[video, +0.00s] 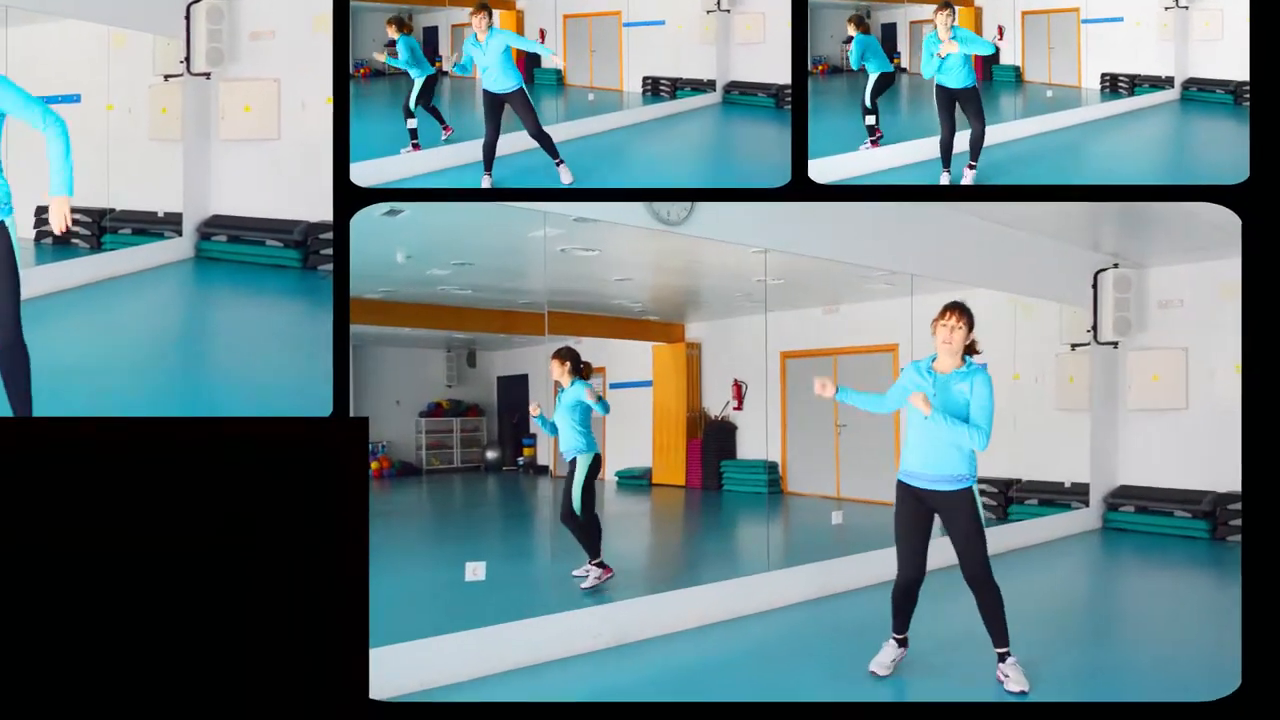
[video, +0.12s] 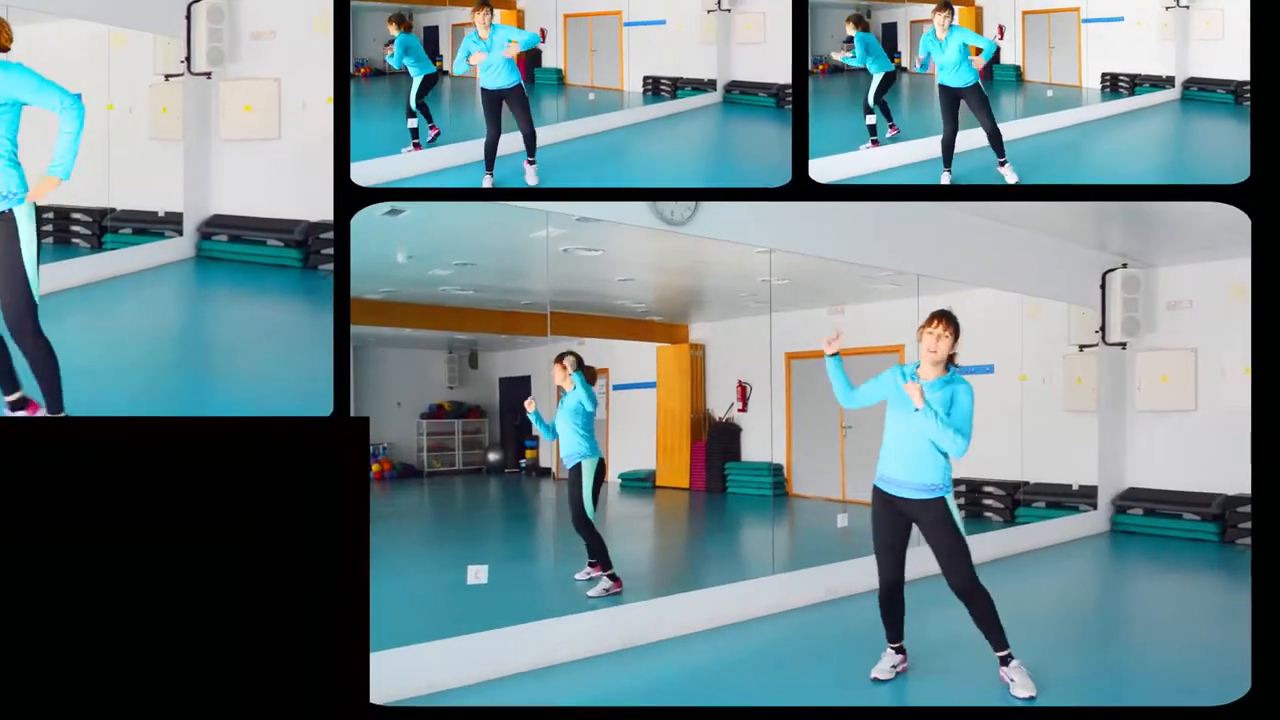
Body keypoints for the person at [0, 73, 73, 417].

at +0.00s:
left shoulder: (1, 88)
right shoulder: (4, 89)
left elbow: (53, 123)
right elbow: (53, 124)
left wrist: (60, 195)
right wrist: (59, 197)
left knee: (7, 335)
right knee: (7, 335)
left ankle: (23, 415)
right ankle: (23, 413)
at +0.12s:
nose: (4, 39)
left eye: (2, 33)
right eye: (4, 34)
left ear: (1, 37)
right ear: (5, 37)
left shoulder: (8, 73)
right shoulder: (10, 74)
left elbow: (70, 105)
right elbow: (69, 105)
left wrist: (55, 174)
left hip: (7, 212)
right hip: (1, 214)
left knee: (20, 321)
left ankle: (56, 411)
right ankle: (14, 399)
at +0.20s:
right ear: (7, 48)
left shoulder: (16, 82)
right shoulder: (12, 83)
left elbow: (76, 126)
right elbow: (76, 125)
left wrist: (51, 186)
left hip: (20, 217)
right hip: (3, 220)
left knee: (23, 331)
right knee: (5, 331)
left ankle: (76, 409)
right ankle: (69, 404)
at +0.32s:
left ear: (13, 55)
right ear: (15, 56)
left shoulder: (41, 102)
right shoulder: (23, 106)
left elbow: (81, 164)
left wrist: (19, 199)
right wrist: (16, 199)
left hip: (68, 229)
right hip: (52, 231)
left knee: (47, 339)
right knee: (43, 337)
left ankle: (110, 406)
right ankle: (105, 404)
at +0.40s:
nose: (6, 50)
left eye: (10, 39)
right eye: (5, 41)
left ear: (36, 37)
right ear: (35, 39)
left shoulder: (60, 77)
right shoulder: (49, 80)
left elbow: (68, 144)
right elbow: (55, 150)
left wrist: (9, 150)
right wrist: (17, 159)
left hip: (98, 204)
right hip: (82, 205)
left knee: (81, 313)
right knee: (75, 312)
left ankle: (130, 388)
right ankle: (129, 386)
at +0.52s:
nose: (45, 4)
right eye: (45, 1)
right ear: (66, 0)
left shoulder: (95, 12)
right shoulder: (86, 27)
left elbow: (55, 63)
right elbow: (72, 90)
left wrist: (5, 54)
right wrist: (25, 74)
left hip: (148, 141)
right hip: (135, 144)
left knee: (150, 256)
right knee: (146, 255)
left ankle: (162, 357)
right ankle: (164, 355)